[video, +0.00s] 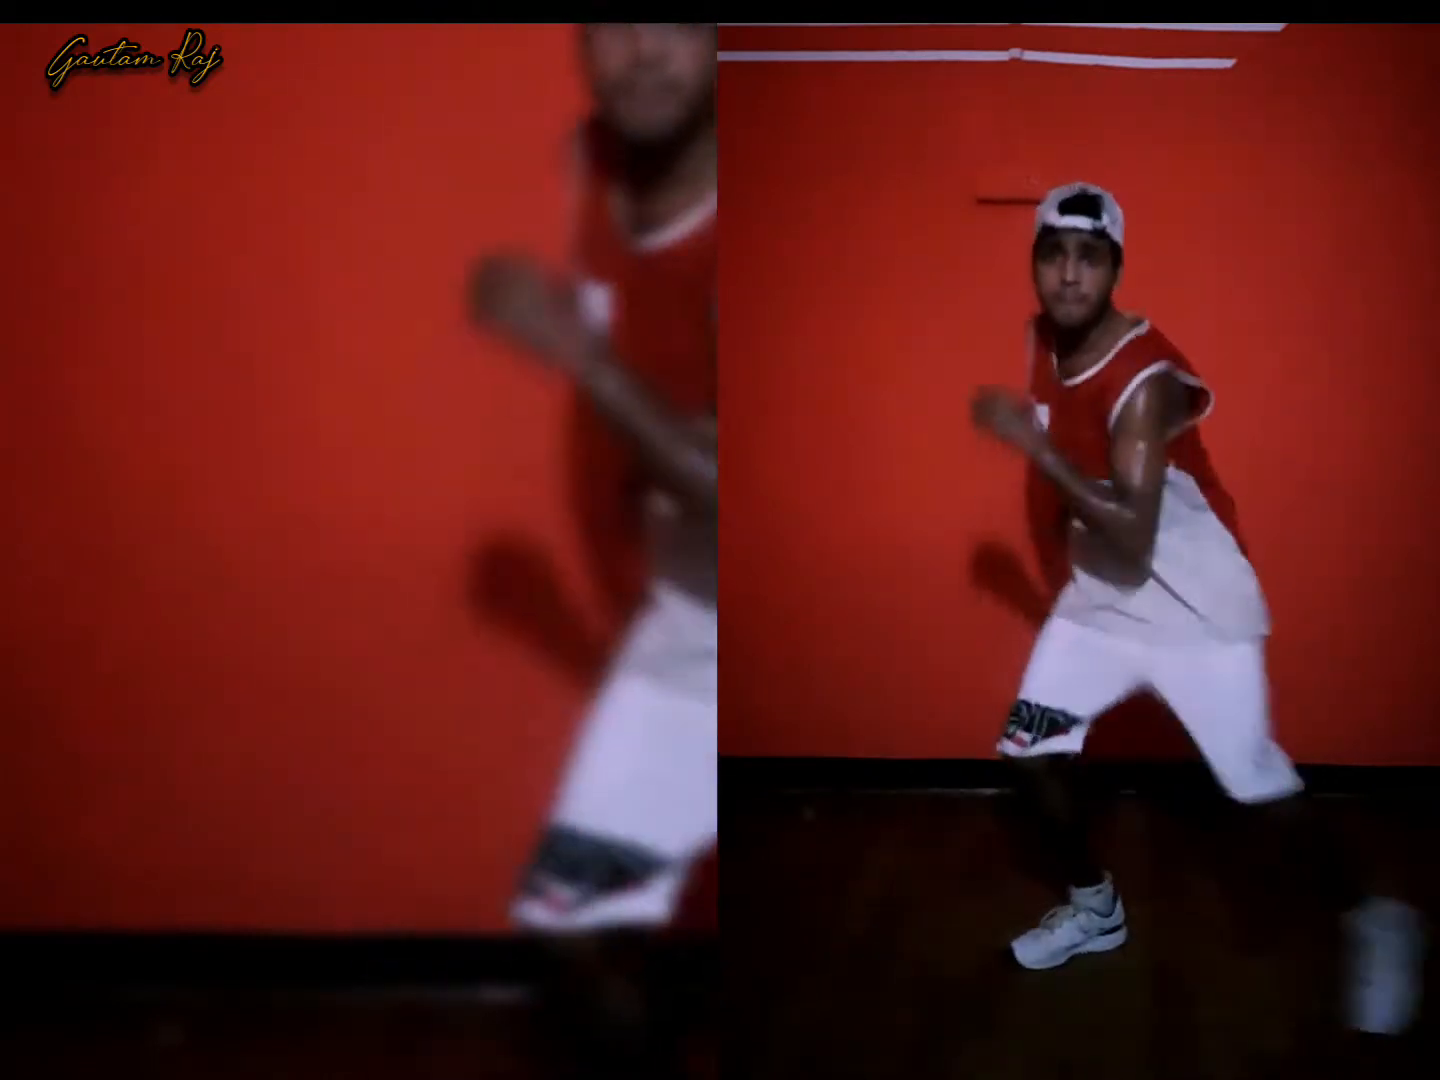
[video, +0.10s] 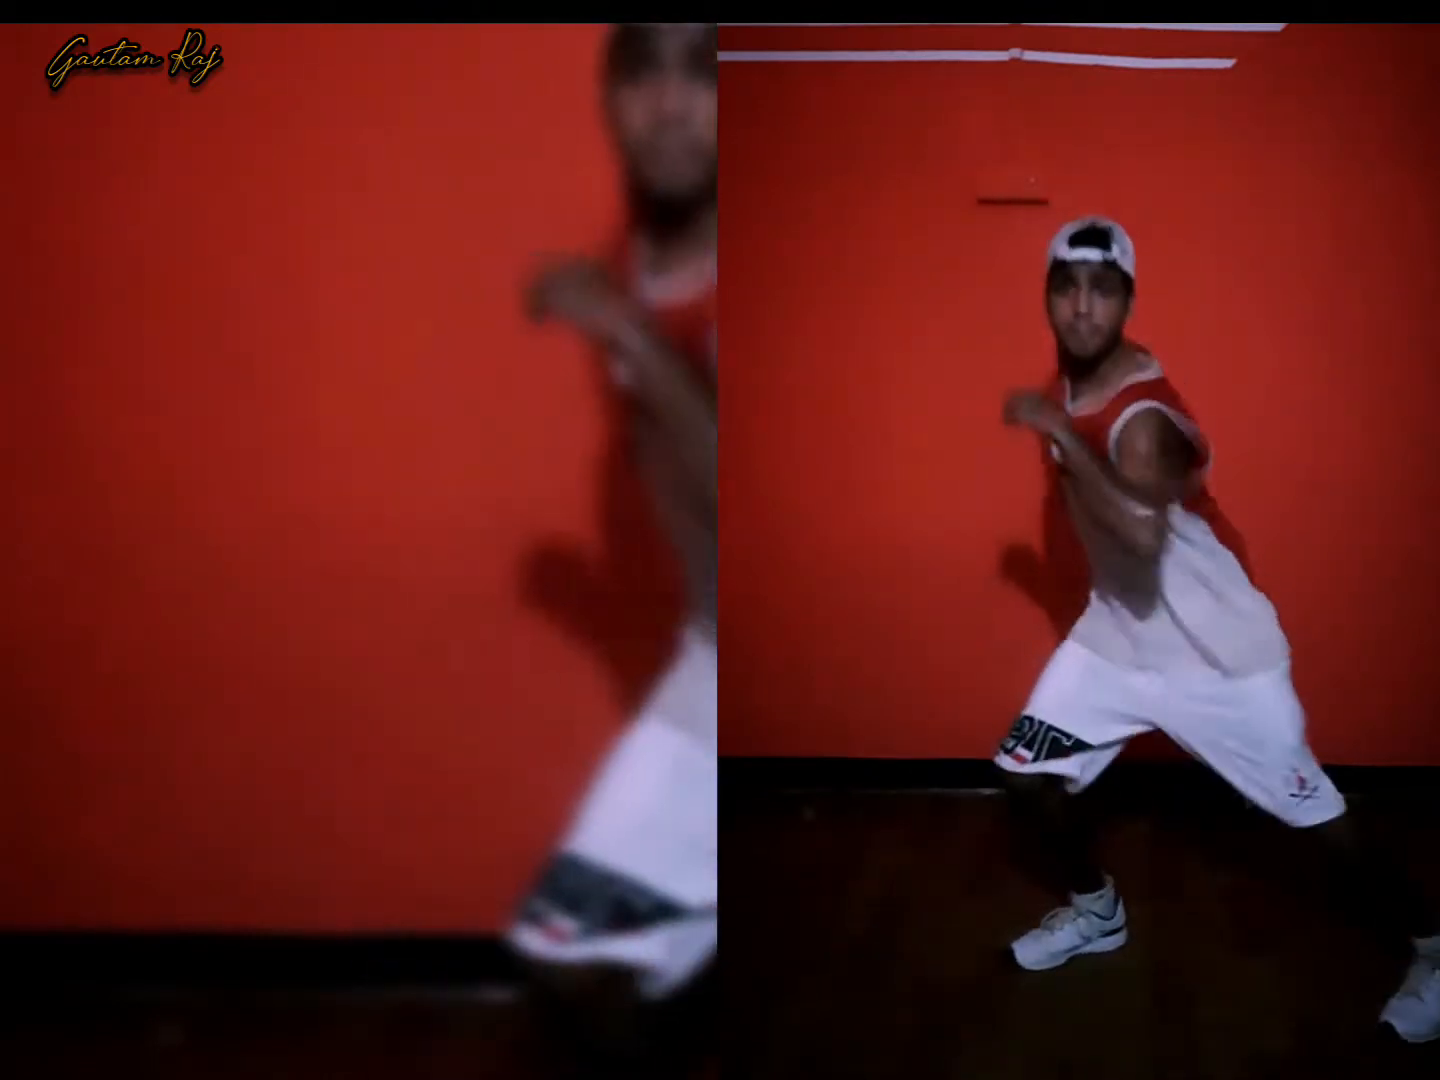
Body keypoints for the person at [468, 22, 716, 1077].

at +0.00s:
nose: (640, 53)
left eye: (670, 28)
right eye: (614, 29)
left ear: (720, 46)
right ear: (583, 49)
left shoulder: (765, 226)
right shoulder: (606, 170)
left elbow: (736, 496)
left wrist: (580, 351)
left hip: (745, 611)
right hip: (680, 610)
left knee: (581, 919)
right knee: (576, 920)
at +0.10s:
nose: (669, 104)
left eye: (701, 71)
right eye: (641, 71)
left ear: (741, 99)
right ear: (607, 102)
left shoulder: (773, 277)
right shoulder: (633, 279)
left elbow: (743, 508)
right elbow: (694, 510)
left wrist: (633, 338)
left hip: (750, 647)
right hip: (714, 649)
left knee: (589, 936)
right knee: (585, 937)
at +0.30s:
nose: (645, 77)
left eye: (679, 47)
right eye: (618, 46)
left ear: (727, 68)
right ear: (583, 66)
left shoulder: (790, 205)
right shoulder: (554, 230)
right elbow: (542, 411)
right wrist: (595, 535)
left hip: (815, 589)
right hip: (680, 593)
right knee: (592, 896)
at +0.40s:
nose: (645, 50)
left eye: (672, 24)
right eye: (618, 27)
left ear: (723, 40)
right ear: (588, 47)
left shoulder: (790, 189)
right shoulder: (560, 210)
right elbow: (546, 445)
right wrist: (646, 505)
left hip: (769, 594)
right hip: (636, 591)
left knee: (707, 943)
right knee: (557, 895)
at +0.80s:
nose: (731, 46)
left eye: (744, 27)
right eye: (708, 28)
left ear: (792, 45)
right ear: (670, 42)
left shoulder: (848, 182)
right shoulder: (609, 204)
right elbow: (485, 434)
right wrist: (585, 605)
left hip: (812, 629)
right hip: (667, 628)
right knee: (598, 957)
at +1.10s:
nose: (725, 61)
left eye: (736, 38)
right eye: (707, 37)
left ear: (787, 60)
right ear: (670, 57)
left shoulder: (850, 192)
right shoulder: (604, 222)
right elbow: (535, 388)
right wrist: (614, 518)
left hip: (835, 575)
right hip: (686, 578)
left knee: (847, 883)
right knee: (680, 911)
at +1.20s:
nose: (719, 82)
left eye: (732, 51)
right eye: (697, 52)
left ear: (778, 72)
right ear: (663, 75)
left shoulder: (850, 208)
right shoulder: (630, 239)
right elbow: (582, 503)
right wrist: (552, 431)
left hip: (831, 590)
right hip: (686, 584)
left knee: (837, 902)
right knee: (649, 915)